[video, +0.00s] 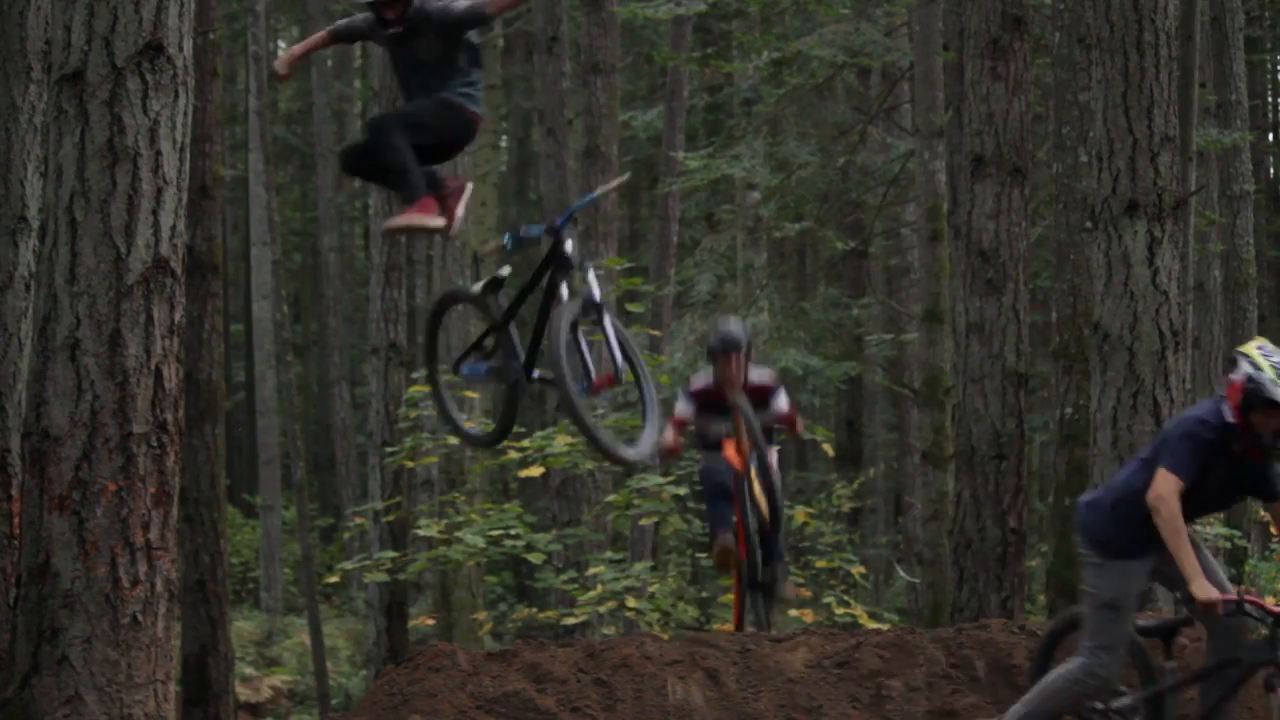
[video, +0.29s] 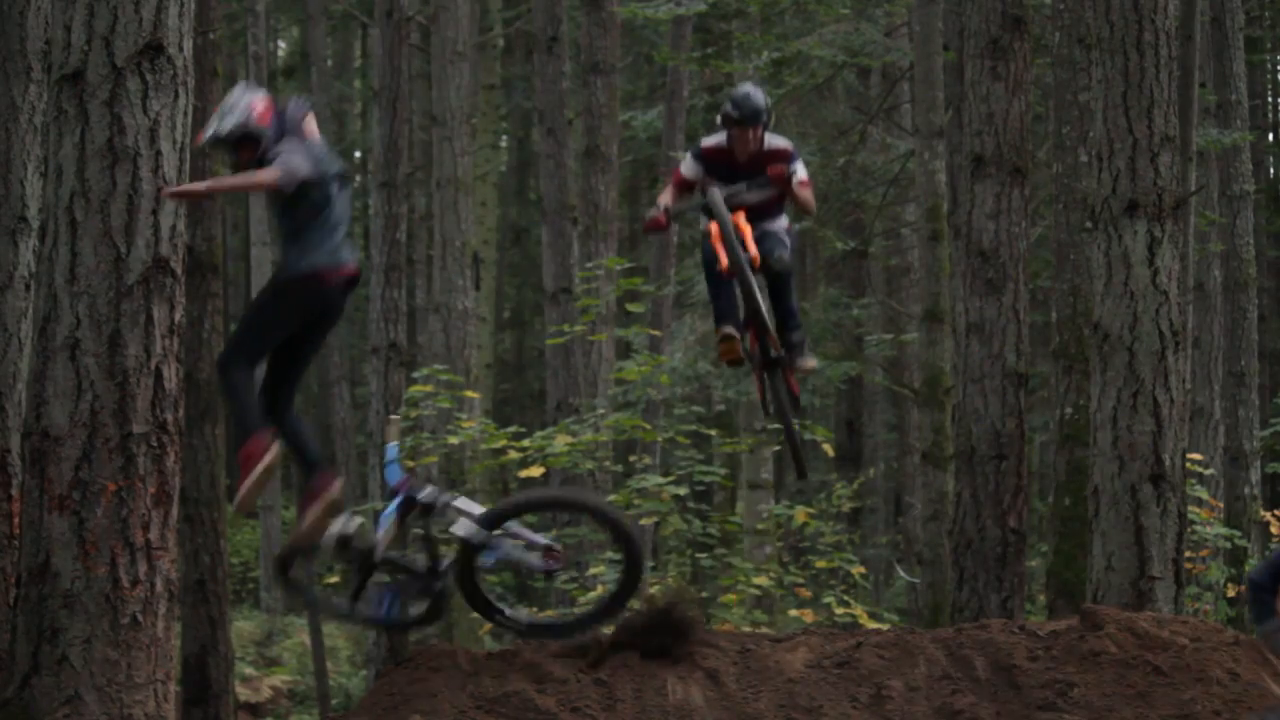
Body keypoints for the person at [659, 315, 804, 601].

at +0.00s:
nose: (730, 367)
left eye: (735, 359)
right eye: (724, 360)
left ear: (746, 358)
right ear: (713, 361)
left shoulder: (765, 383)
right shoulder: (698, 387)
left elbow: (786, 415)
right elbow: (677, 421)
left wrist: (793, 424)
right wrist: (671, 438)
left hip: (759, 450)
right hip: (717, 450)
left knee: (771, 501)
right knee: (716, 482)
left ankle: (774, 569)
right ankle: (722, 540)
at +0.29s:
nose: (744, 137)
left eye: (750, 129)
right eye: (737, 129)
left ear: (762, 127)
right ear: (726, 128)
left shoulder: (782, 151)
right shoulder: (707, 152)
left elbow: (810, 207)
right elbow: (675, 188)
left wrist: (790, 186)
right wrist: (662, 208)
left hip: (767, 223)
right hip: (723, 225)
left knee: (777, 261)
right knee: (713, 256)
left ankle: (794, 344)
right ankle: (728, 332)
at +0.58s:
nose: (753, 65)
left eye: (760, 57)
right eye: (745, 57)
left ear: (771, 51)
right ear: (731, 51)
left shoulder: (791, 70)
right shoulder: (716, 66)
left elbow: (823, 121)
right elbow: (679, 105)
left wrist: (819, 147)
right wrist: (668, 135)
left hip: (784, 157)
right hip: (733, 157)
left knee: (793, 226)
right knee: (730, 221)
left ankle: (807, 317)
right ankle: (727, 301)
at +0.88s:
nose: (743, 70)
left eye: (753, 61)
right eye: (737, 59)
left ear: (767, 52)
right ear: (722, 45)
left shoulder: (777, 69)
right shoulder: (687, 49)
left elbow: (808, 138)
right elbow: (629, 108)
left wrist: (800, 171)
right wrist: (635, 167)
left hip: (713, 140)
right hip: (662, 134)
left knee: (749, 217)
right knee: (679, 202)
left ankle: (744, 324)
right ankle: (669, 310)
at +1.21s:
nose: (744, 206)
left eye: (754, 198)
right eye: (736, 196)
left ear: (770, 186)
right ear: (719, 179)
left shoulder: (783, 199)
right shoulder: (681, 192)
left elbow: (813, 273)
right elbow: (639, 267)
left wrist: (822, 347)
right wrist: (652, 347)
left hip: (721, 274)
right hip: (668, 274)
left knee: (745, 365)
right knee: (681, 365)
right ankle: (663, 477)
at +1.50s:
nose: (747, 427)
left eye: (758, 416)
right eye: (739, 414)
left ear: (775, 403)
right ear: (719, 398)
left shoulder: (784, 412)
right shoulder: (676, 405)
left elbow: (828, 480)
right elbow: (618, 480)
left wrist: (835, 527)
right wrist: (647, 540)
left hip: (723, 465)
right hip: (665, 465)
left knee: (755, 531)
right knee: (695, 542)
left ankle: (743, 627)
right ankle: (684, 647)